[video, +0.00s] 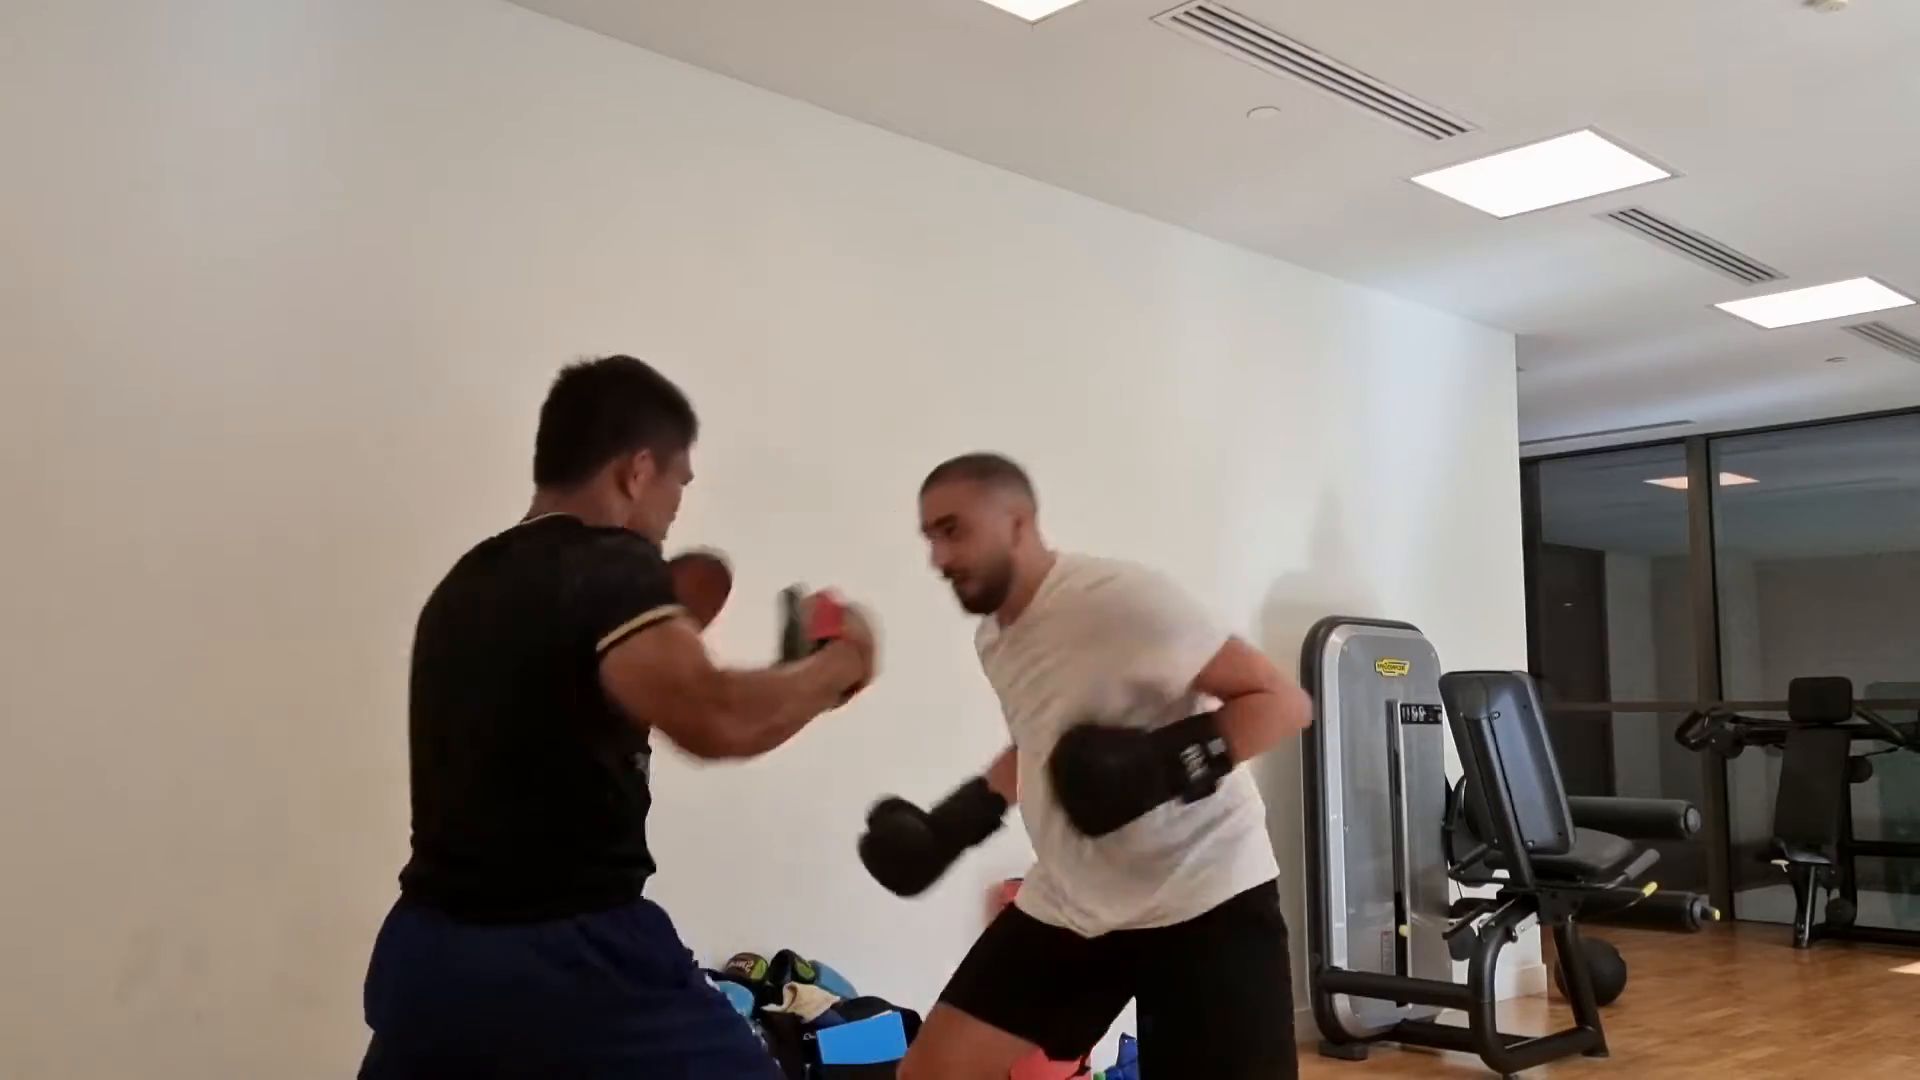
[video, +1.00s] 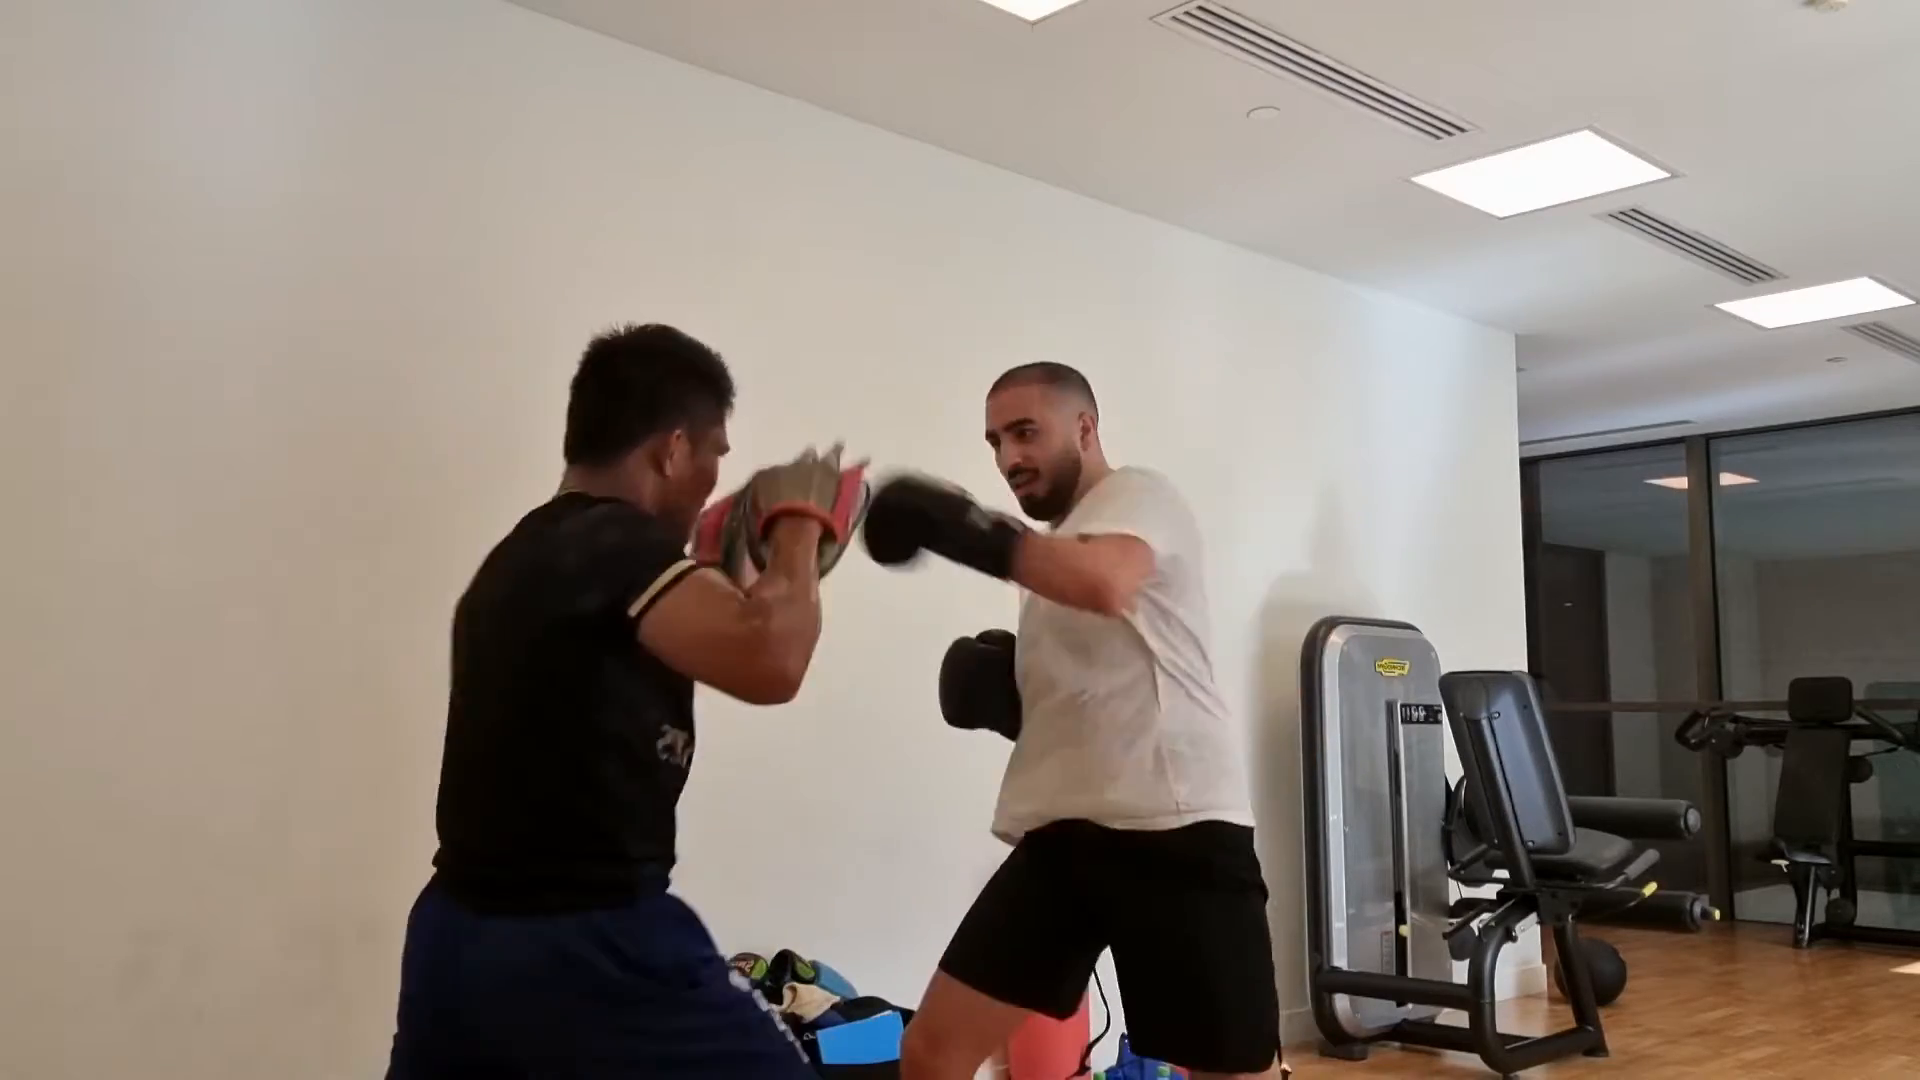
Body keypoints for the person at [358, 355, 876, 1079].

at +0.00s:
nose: (677, 510)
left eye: (685, 487)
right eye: (681, 484)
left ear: (551, 466)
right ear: (636, 472)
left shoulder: (462, 585)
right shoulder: (605, 565)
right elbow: (717, 721)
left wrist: (656, 621)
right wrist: (844, 664)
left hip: (431, 960)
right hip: (584, 965)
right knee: (740, 1063)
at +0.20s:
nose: (708, 488)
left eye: (713, 469)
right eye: (708, 467)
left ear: (573, 453)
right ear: (668, 456)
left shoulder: (468, 572)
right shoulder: (694, 532)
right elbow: (884, 610)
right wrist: (942, 519)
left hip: (476, 949)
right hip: (652, 951)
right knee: (789, 1060)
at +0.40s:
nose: (796, 478)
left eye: (803, 457)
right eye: (799, 454)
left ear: (670, 435)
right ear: (757, 447)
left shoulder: (594, 550)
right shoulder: (695, 561)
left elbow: (740, 693)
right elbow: (784, 755)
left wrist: (801, 547)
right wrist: (855, 637)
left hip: (499, 918)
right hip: (629, 947)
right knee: (787, 1064)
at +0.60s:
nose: (655, 494)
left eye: (662, 472)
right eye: (653, 469)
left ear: (514, 452)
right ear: (596, 457)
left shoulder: (409, 575)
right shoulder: (637, 546)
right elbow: (842, 596)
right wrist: (1001, 626)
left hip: (423, 972)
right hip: (596, 973)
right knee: (754, 1066)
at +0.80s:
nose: (653, 500)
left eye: (657, 474)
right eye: (651, 472)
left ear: (514, 465)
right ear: (597, 467)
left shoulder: (425, 588)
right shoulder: (617, 569)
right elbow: (783, 696)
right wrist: (914, 640)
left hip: (404, 988)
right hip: (575, 995)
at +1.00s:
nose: (717, 477)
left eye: (721, 456)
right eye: (715, 454)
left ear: (584, 438)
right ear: (672, 450)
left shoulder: (516, 555)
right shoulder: (621, 547)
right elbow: (771, 662)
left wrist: (713, 569)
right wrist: (797, 530)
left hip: (458, 938)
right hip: (598, 949)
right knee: (772, 1062)